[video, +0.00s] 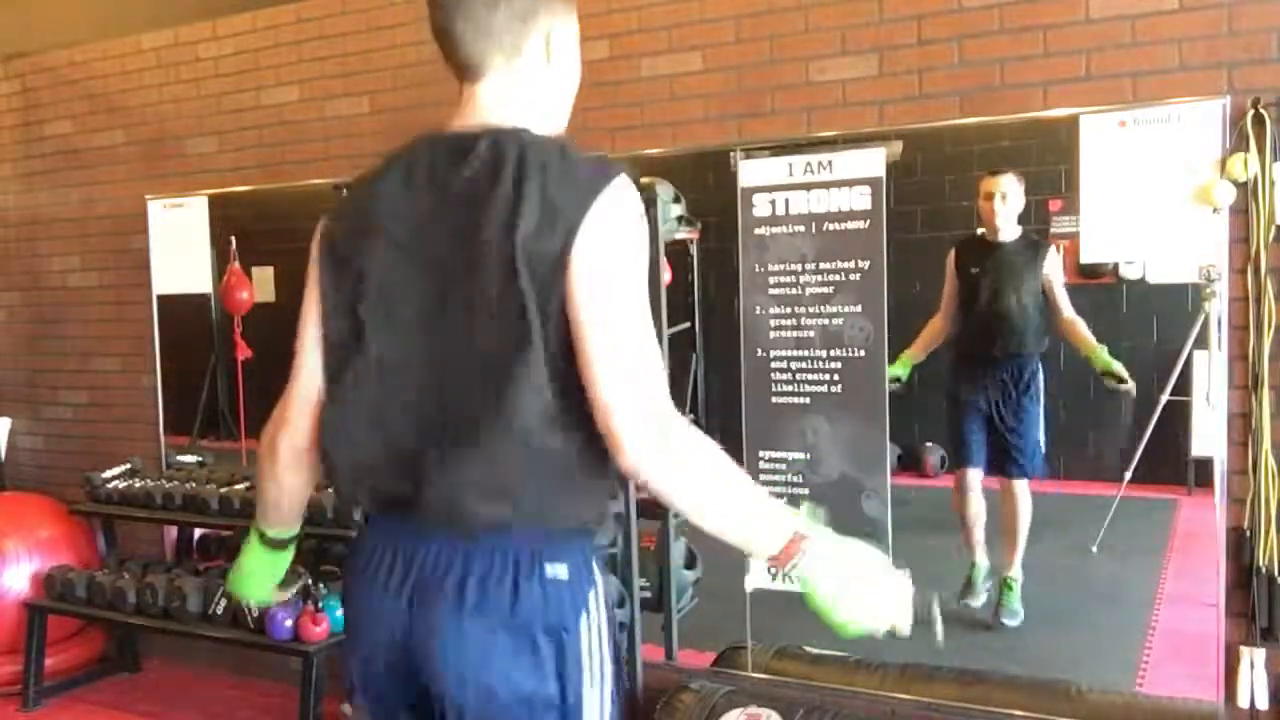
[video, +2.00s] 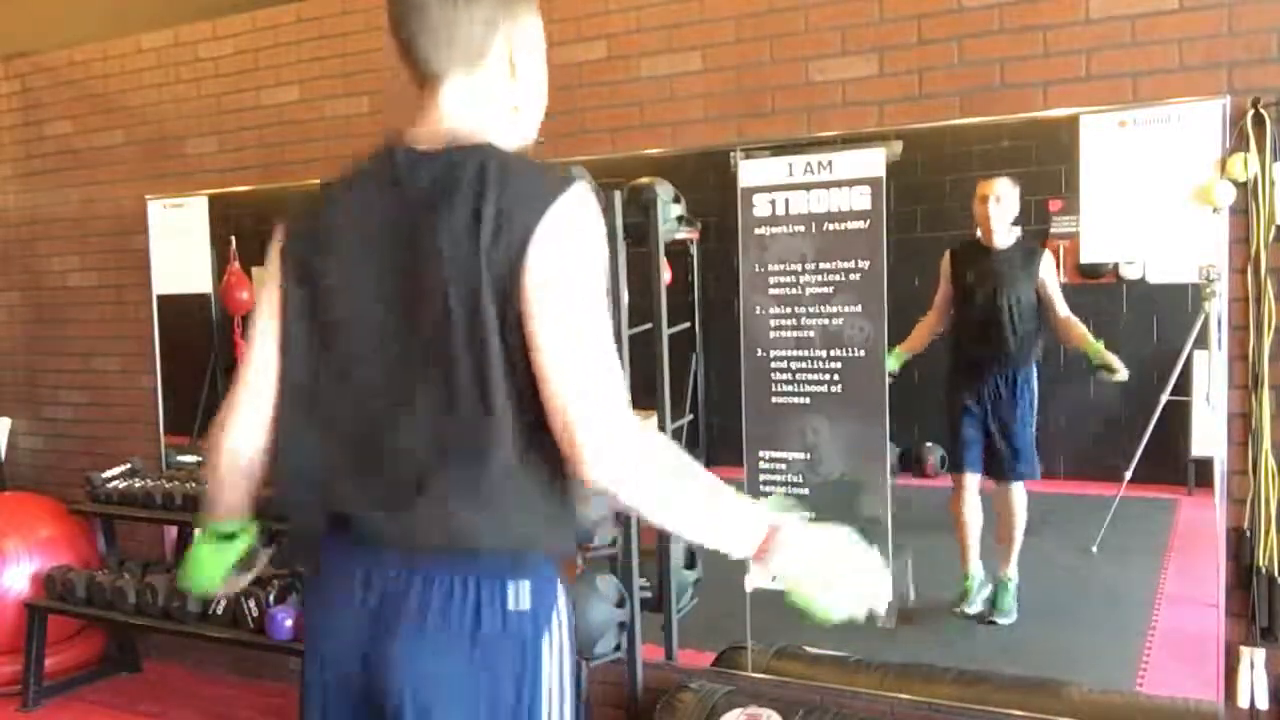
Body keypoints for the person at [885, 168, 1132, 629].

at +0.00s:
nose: (995, 205)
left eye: (1004, 197)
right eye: (988, 197)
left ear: (1022, 203)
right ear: (977, 204)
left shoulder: (1043, 255)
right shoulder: (961, 254)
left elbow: (1066, 318)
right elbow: (945, 318)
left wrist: (1100, 358)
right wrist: (906, 359)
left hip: (1022, 376)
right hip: (970, 375)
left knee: (1015, 479)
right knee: (967, 478)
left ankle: (1012, 580)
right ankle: (977, 567)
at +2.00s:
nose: (990, 208)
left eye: (999, 200)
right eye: (983, 200)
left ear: (1017, 208)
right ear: (973, 208)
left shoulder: (1038, 260)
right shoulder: (956, 258)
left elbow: (1062, 319)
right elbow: (936, 318)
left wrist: (1095, 351)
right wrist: (898, 354)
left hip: (1015, 381)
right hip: (966, 379)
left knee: (1010, 483)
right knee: (965, 482)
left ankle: (1007, 580)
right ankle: (972, 579)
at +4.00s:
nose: (988, 213)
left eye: (997, 204)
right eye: (982, 204)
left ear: (1014, 213)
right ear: (971, 212)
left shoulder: (1034, 263)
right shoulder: (953, 266)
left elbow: (1062, 320)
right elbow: (932, 323)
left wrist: (1099, 347)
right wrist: (897, 352)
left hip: (1021, 382)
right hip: (971, 383)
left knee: (1011, 484)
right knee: (979, 494)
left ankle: (1017, 543)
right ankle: (989, 585)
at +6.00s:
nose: (980, 211)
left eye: (990, 203)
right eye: (974, 203)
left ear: (1007, 210)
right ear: (964, 209)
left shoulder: (1026, 261)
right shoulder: (947, 257)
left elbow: (1051, 316)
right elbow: (930, 316)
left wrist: (1083, 347)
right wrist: (892, 350)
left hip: (1015, 379)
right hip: (965, 379)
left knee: (1006, 481)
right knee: (973, 485)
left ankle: (1002, 585)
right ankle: (983, 581)